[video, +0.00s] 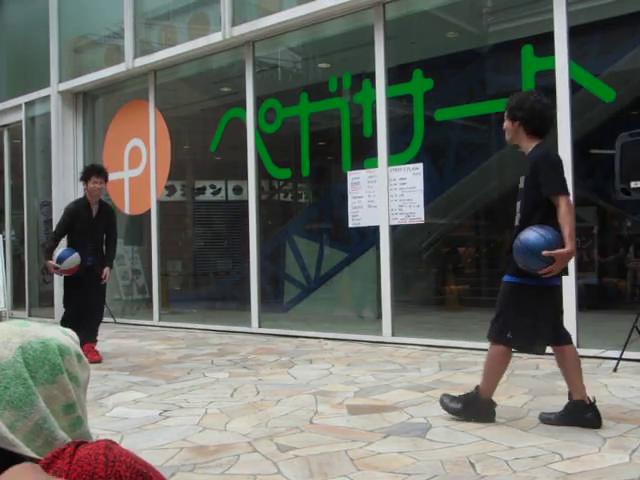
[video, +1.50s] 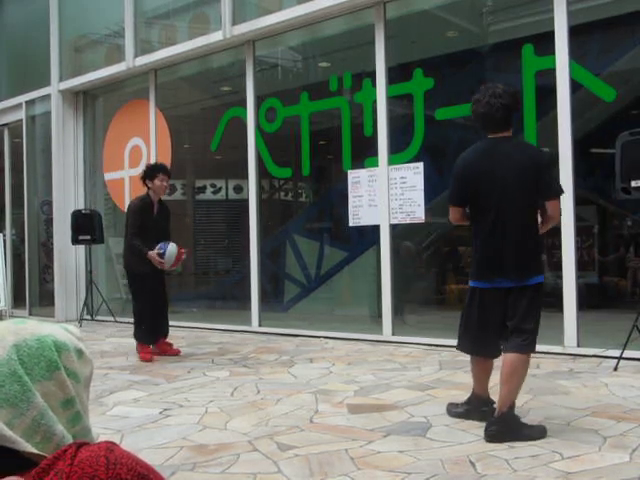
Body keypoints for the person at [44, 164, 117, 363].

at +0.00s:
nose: (98, 187)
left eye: (101, 184)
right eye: (94, 183)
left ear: (105, 186)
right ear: (85, 185)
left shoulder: (108, 211)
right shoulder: (74, 209)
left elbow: (111, 240)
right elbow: (56, 235)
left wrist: (108, 265)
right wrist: (48, 258)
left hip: (96, 267)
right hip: (74, 267)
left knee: (95, 307)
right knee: (74, 307)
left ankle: (89, 344)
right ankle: (65, 345)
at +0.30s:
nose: (102, 185)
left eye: (106, 181)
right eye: (98, 181)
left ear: (110, 184)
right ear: (90, 183)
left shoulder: (115, 209)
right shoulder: (80, 209)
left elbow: (123, 239)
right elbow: (65, 236)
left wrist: (123, 264)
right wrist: (55, 260)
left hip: (107, 266)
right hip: (85, 266)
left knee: (105, 306)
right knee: (85, 305)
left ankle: (92, 345)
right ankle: (82, 346)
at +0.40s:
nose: (107, 186)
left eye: (109, 183)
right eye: (102, 182)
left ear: (113, 185)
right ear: (93, 185)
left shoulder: (118, 210)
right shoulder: (83, 211)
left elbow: (125, 238)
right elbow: (69, 238)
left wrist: (125, 262)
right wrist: (62, 262)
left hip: (110, 266)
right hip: (88, 267)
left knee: (107, 305)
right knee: (89, 306)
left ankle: (91, 342)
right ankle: (103, 345)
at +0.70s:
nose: (127, 186)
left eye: (128, 182)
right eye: (122, 182)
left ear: (130, 184)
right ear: (109, 186)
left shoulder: (130, 208)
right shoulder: (101, 210)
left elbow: (133, 238)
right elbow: (91, 241)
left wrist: (131, 264)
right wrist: (89, 268)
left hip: (125, 263)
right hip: (106, 265)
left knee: (122, 306)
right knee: (113, 307)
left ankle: (96, 339)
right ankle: (123, 349)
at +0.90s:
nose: (141, 187)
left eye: (142, 183)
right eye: (137, 183)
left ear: (142, 184)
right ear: (124, 184)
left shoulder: (138, 207)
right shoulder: (113, 208)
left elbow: (143, 238)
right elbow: (109, 241)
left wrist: (144, 266)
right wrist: (117, 268)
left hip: (133, 266)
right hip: (114, 266)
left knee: (143, 300)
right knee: (119, 305)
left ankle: (124, 337)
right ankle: (122, 349)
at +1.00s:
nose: (148, 185)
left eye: (149, 181)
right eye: (144, 181)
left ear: (150, 183)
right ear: (131, 184)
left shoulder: (143, 208)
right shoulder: (119, 208)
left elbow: (146, 239)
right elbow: (119, 241)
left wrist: (150, 265)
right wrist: (129, 267)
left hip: (138, 264)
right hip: (118, 266)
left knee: (144, 303)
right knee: (122, 307)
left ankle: (146, 341)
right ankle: (124, 350)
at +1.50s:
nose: (165, 185)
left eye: (167, 182)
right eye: (161, 181)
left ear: (168, 184)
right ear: (148, 182)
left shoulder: (163, 208)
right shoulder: (137, 206)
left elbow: (164, 238)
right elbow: (132, 238)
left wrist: (175, 253)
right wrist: (148, 253)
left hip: (156, 260)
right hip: (137, 261)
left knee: (160, 300)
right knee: (143, 301)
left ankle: (160, 340)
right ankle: (143, 343)